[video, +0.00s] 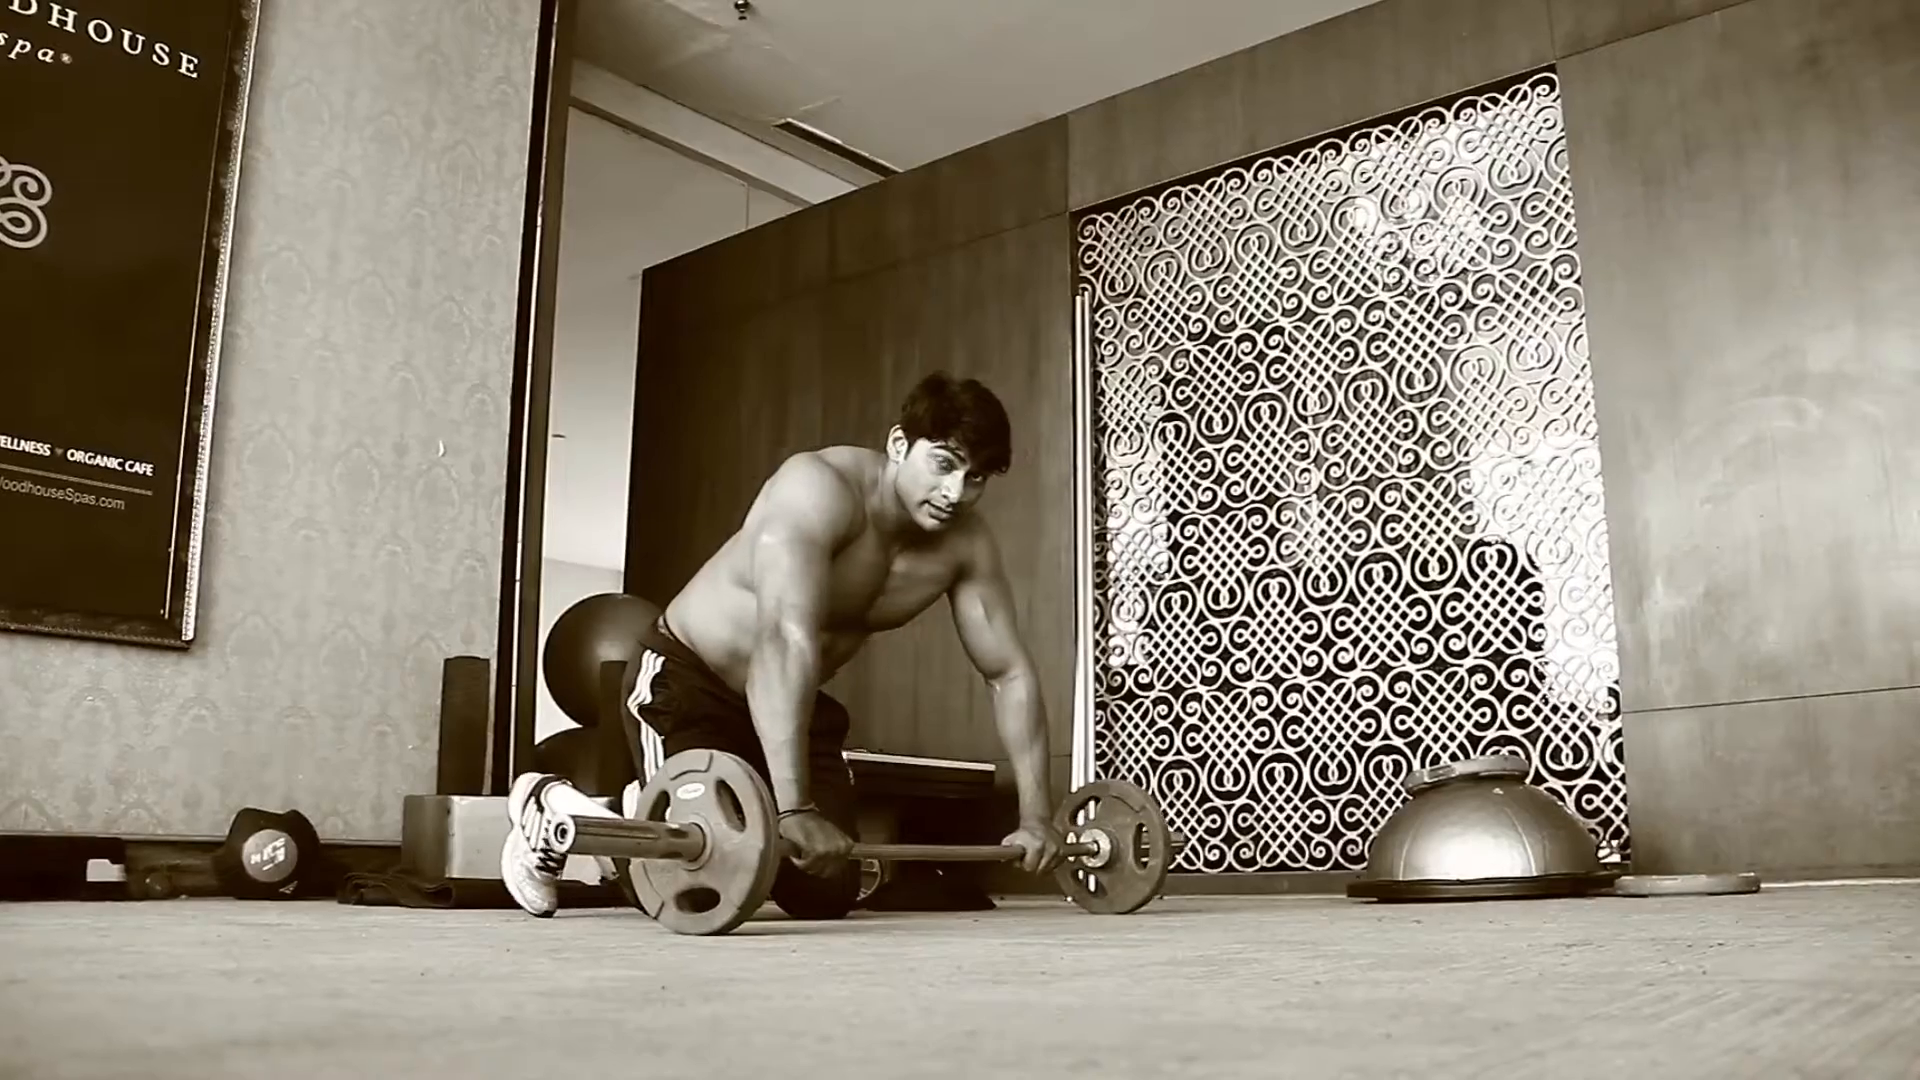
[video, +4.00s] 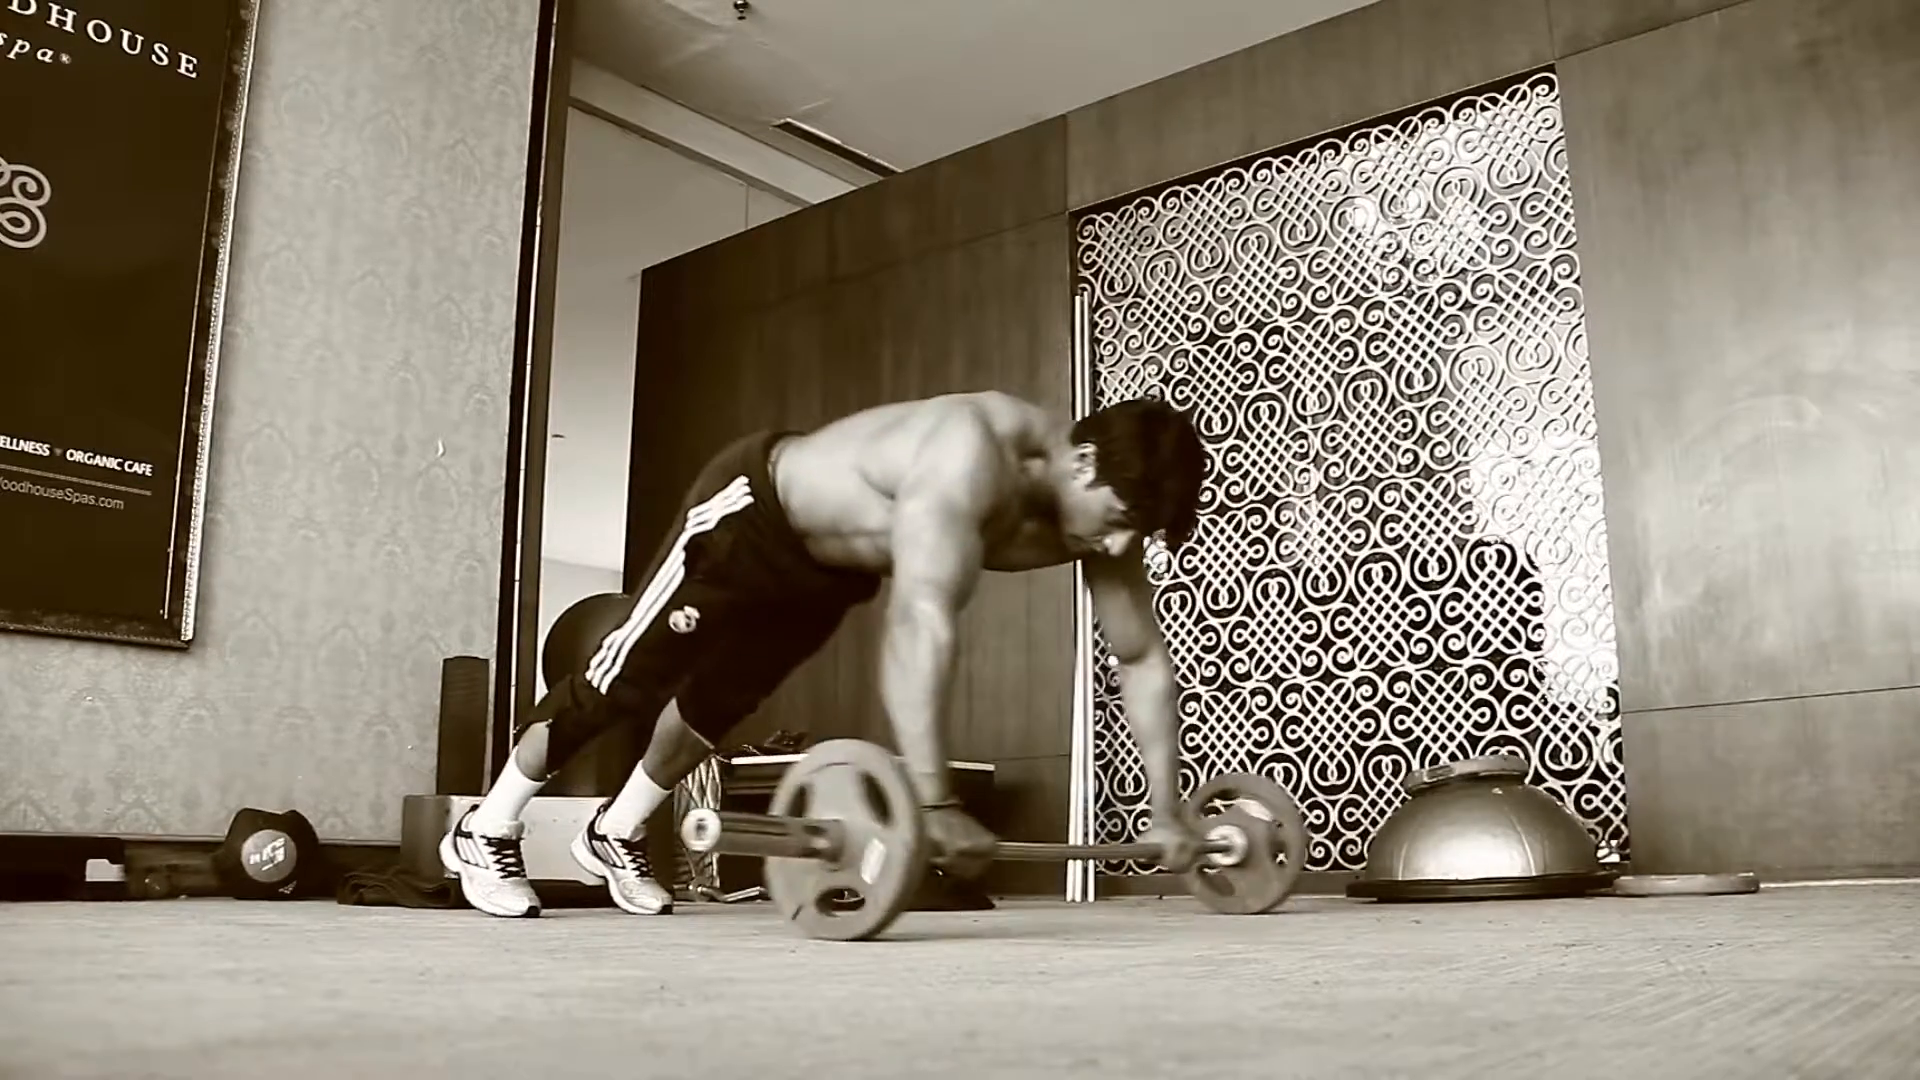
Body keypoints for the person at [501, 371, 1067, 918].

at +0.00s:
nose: (955, 491)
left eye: (975, 477)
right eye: (943, 463)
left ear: (987, 481)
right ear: (899, 444)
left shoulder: (967, 542)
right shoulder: (814, 492)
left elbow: (1010, 674)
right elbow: (785, 642)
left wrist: (1037, 811)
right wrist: (795, 805)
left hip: (795, 702)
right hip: (690, 678)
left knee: (830, 890)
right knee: (722, 851)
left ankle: (660, 816)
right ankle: (558, 819)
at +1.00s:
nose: (1041, 521)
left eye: (1057, 507)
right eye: (1038, 497)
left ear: (1052, 491)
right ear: (990, 453)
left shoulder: (1017, 525)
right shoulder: (874, 472)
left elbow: (1058, 666)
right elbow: (831, 634)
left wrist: (1089, 807)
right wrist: (835, 805)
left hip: (780, 600)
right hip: (697, 551)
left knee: (758, 771)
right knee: (639, 759)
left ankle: (625, 840)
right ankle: (479, 832)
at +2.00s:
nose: (1192, 521)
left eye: (1209, 508)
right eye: (1190, 494)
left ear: (1205, 490)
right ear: (1145, 448)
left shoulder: (1160, 536)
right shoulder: (1034, 470)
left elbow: (1241, 661)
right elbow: (1023, 623)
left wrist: (1306, 803)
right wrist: (1067, 788)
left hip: (878, 668)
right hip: (809, 610)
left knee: (741, 771)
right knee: (643, 750)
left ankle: (616, 831)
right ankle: (479, 832)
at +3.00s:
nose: (1267, 616)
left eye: (1282, 602)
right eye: (1272, 592)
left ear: (1277, 569)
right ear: (1247, 534)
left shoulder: (1228, 569)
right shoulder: (1135, 515)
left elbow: (1357, 672)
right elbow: (1161, 645)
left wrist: (1457, 778)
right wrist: (1261, 739)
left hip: (935, 743)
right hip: (876, 705)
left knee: (764, 818)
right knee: (676, 790)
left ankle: (613, 854)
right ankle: (521, 816)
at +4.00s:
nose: (1120, 546)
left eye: (1137, 535)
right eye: (1123, 523)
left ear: (1104, 482)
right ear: (1086, 467)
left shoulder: (1084, 511)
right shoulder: (968, 458)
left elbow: (1141, 657)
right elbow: (920, 619)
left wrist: (1171, 809)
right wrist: (933, 801)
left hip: (833, 569)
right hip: (754, 514)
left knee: (711, 705)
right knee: (619, 684)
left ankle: (614, 834)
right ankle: (485, 825)